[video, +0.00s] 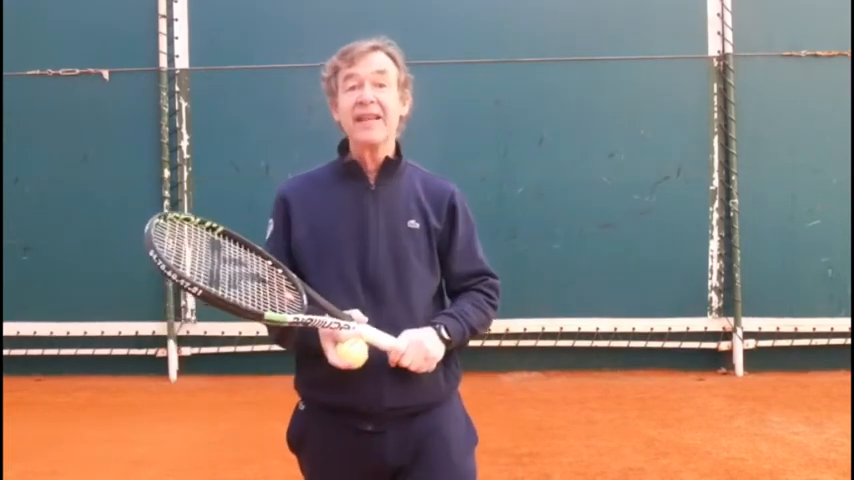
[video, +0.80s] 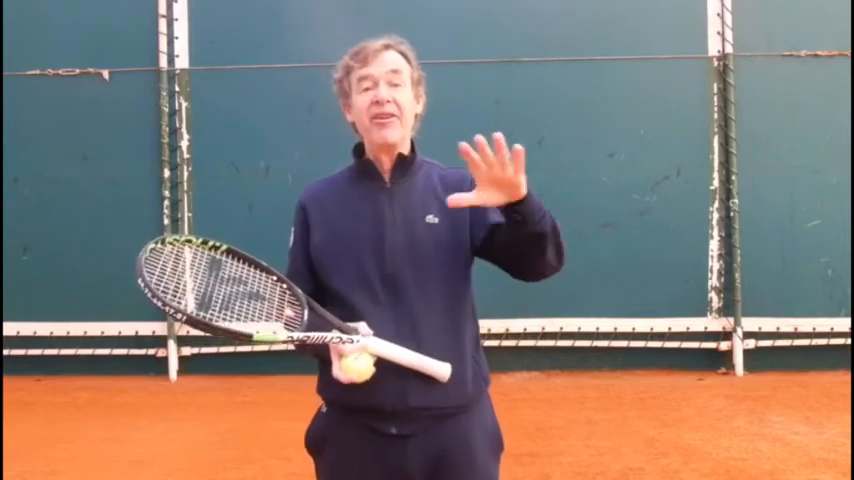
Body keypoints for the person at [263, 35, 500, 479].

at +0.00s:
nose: (366, 96)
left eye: (379, 83)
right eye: (352, 86)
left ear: (403, 101)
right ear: (335, 107)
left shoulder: (441, 199)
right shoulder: (296, 200)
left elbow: (480, 289)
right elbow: (276, 313)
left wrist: (440, 334)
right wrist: (320, 334)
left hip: (430, 424)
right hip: (333, 428)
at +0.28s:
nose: (373, 91)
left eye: (387, 80)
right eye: (359, 82)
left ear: (410, 102)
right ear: (341, 106)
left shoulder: (446, 195)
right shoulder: (301, 199)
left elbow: (501, 283)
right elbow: (278, 307)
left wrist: (452, 307)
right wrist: (316, 343)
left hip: (439, 425)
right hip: (340, 427)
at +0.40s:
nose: (374, 95)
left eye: (388, 82)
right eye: (359, 86)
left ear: (411, 101)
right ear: (342, 108)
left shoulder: (449, 192)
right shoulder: (305, 200)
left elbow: (518, 270)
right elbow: (281, 308)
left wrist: (452, 261)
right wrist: (320, 343)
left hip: (444, 423)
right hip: (346, 427)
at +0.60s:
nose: (377, 96)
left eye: (390, 84)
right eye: (362, 87)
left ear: (412, 103)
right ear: (343, 110)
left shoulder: (451, 185)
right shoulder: (311, 204)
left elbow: (531, 250)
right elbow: (290, 314)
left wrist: (465, 202)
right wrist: (328, 342)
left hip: (450, 424)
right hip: (351, 427)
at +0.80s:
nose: (382, 95)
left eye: (395, 82)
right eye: (367, 86)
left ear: (417, 101)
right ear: (349, 109)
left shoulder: (459, 190)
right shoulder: (317, 204)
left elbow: (540, 264)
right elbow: (296, 311)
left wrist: (519, 205)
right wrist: (333, 344)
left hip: (455, 426)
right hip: (355, 429)